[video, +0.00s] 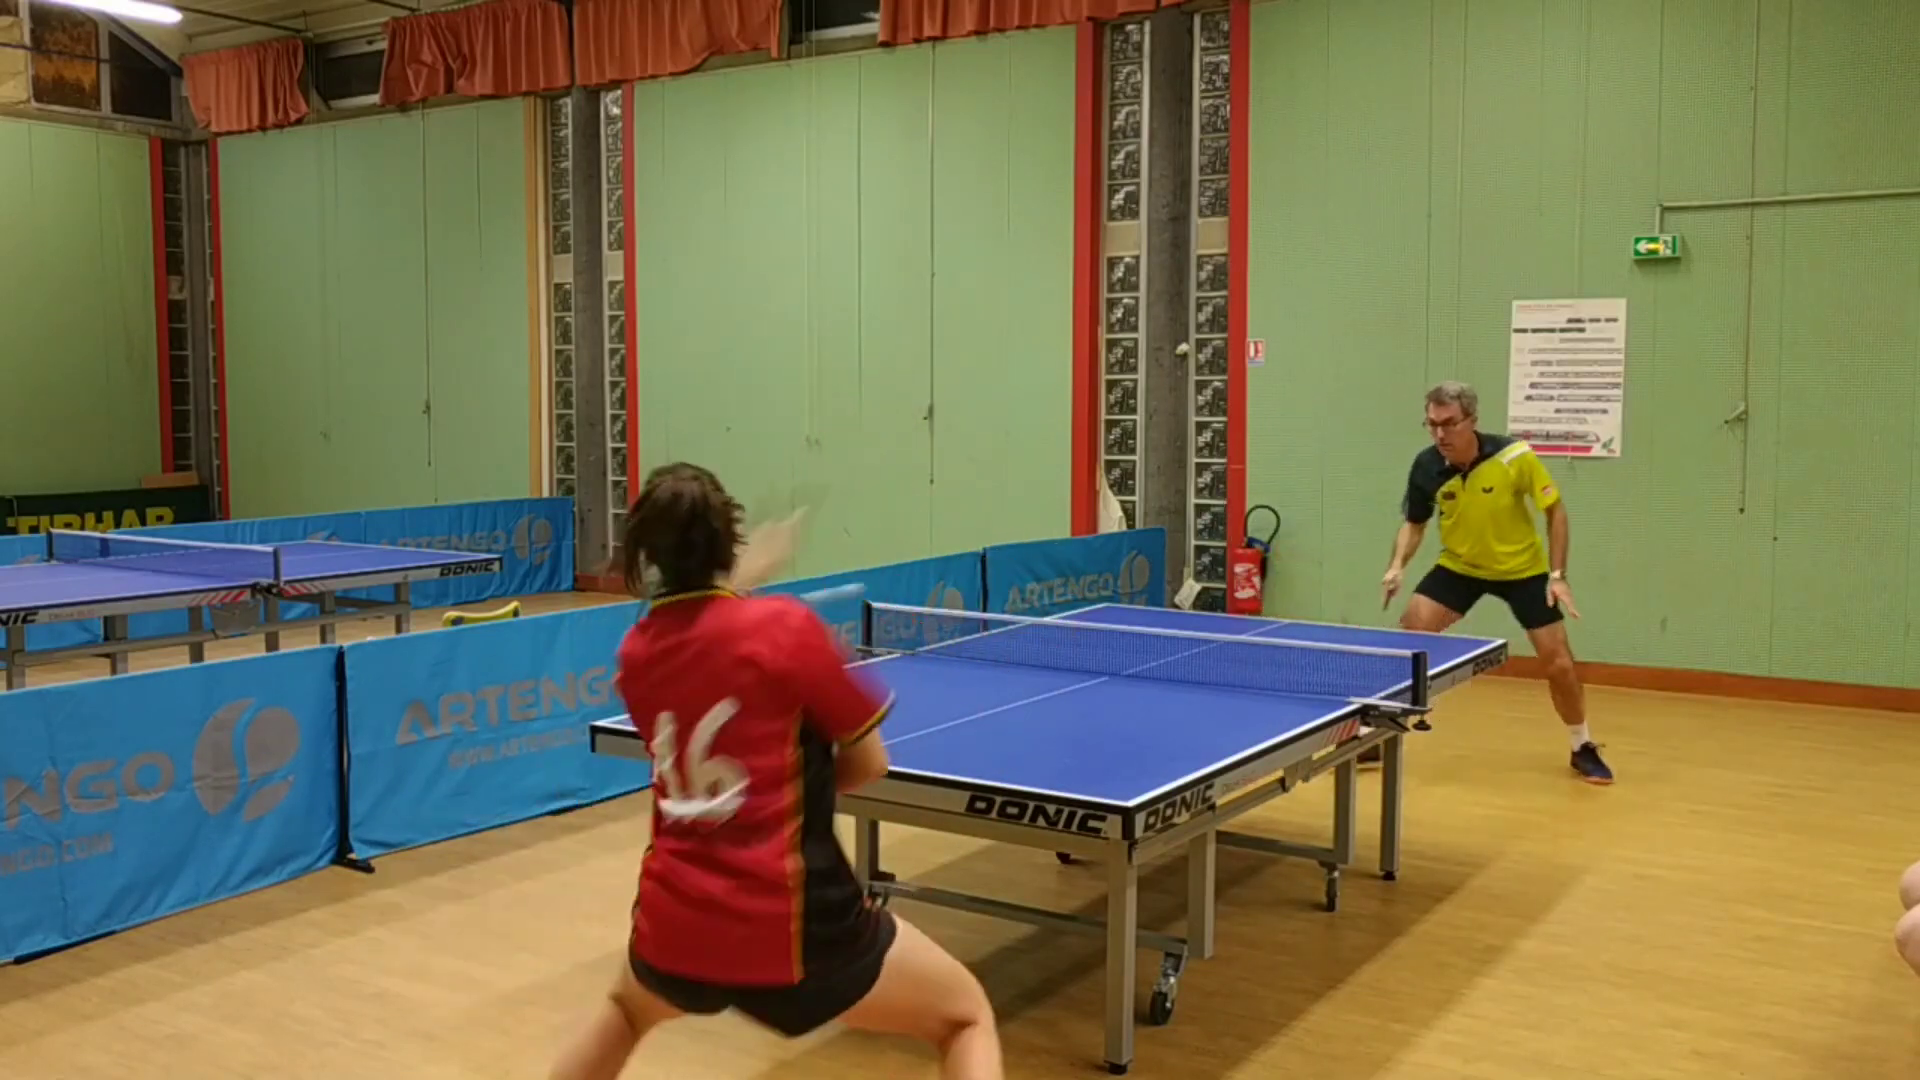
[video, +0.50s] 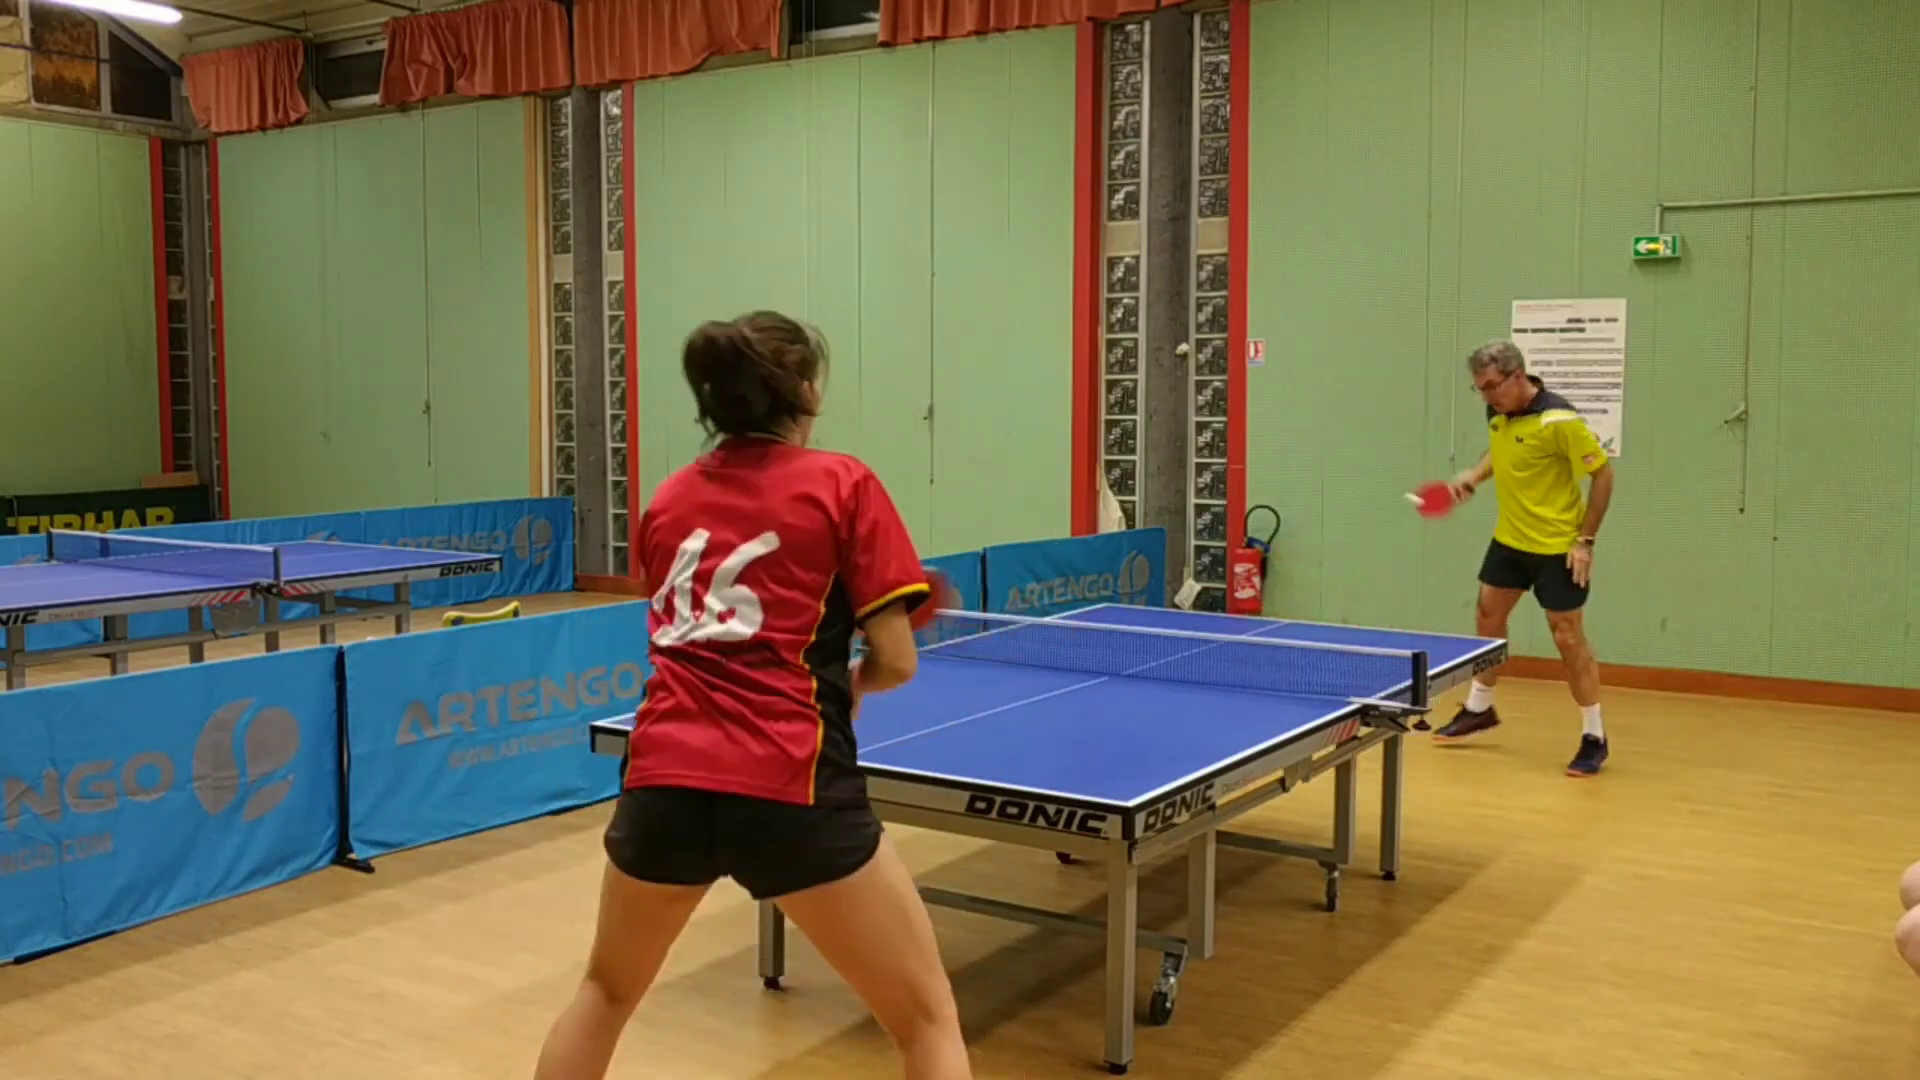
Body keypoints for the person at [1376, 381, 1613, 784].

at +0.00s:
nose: (1439, 435)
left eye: (1448, 424)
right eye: (1432, 425)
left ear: (1471, 421)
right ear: (1427, 426)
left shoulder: (1514, 456)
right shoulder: (1428, 466)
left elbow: (1555, 510)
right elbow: (1413, 523)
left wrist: (1558, 574)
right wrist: (1397, 565)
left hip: (1522, 570)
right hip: (1459, 567)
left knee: (1560, 665)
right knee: (1412, 628)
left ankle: (1583, 747)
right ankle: (1381, 726)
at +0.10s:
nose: (1452, 430)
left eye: (1460, 420)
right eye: (1445, 422)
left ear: (1484, 417)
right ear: (1440, 422)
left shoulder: (1526, 453)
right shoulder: (1440, 462)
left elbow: (1568, 504)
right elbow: (1426, 516)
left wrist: (1571, 566)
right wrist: (1418, 559)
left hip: (1534, 569)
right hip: (1472, 566)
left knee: (1567, 660)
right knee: (1423, 634)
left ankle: (1586, 746)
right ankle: (1420, 724)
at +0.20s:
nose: (1459, 431)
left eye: (1467, 421)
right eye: (1454, 422)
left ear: (1491, 417)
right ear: (1448, 422)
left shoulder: (1534, 452)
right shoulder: (1447, 461)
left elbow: (1573, 504)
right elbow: (1433, 514)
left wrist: (1581, 565)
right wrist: (1426, 557)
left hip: (1541, 568)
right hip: (1479, 568)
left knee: (1570, 657)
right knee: (1437, 636)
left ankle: (1588, 746)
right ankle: (1433, 732)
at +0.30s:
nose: (1463, 419)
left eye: (1470, 408)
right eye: (1457, 411)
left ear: (1496, 400)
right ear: (1453, 409)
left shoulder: (1541, 436)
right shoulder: (1458, 439)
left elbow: (1577, 490)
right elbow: (1461, 490)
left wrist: (1582, 553)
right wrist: (1447, 543)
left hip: (1544, 552)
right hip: (1487, 554)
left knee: (1565, 646)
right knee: (1459, 627)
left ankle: (1586, 740)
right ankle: (1433, 729)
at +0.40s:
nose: (1472, 406)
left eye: (1477, 396)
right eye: (1467, 398)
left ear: (1504, 384)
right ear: (1470, 394)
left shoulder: (1551, 422)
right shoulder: (1482, 423)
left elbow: (1592, 473)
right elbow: (1493, 471)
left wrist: (1581, 538)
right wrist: (1476, 510)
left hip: (1552, 548)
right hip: (1501, 547)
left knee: (1567, 641)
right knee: (1473, 622)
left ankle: (1595, 736)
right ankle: (1446, 715)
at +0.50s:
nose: (1486, 399)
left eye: (1491, 388)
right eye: (1481, 390)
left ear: (1519, 377)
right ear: (1487, 387)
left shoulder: (1559, 419)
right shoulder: (1500, 413)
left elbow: (1603, 475)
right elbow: (1501, 453)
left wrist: (1585, 540)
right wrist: (1474, 476)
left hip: (1557, 548)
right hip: (1510, 540)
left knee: (1569, 639)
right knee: (1488, 614)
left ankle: (1594, 736)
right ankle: (1479, 706)